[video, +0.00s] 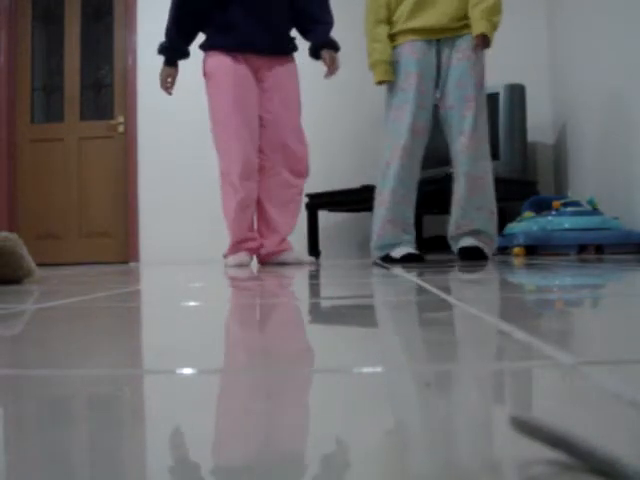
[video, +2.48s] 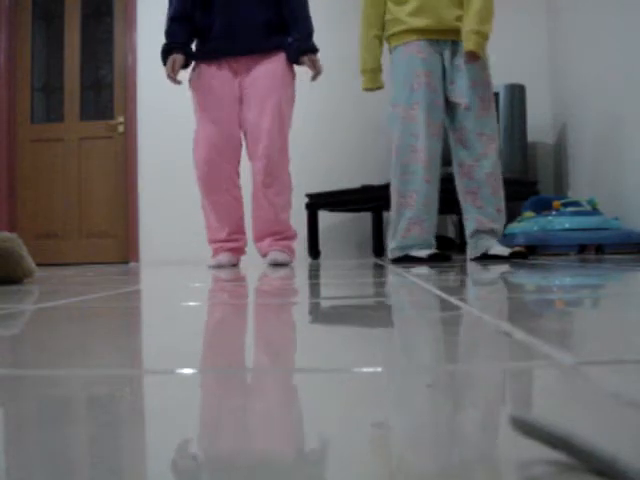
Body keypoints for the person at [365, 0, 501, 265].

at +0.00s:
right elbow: (377, 5)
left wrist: (483, 19)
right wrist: (380, 53)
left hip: (463, 27)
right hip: (409, 30)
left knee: (468, 137)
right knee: (405, 139)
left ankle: (472, 236)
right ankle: (394, 242)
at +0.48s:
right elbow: (378, 4)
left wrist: (500, 33)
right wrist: (376, 52)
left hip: (460, 21)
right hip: (405, 23)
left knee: (462, 131)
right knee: (405, 133)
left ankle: (469, 237)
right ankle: (396, 240)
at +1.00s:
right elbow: (367, 3)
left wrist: (464, 26)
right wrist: (371, 51)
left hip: (450, 32)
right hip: (399, 35)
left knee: (458, 141)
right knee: (400, 142)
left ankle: (464, 239)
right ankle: (395, 242)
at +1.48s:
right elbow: (377, 2)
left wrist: (509, 31)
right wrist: (380, 45)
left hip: (466, 27)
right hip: (409, 30)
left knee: (475, 134)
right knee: (416, 138)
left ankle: (483, 236)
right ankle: (419, 241)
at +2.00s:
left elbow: (483, 0)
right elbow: (374, 4)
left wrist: (480, 33)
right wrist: (375, 54)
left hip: (454, 31)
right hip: (400, 32)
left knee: (453, 134)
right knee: (400, 138)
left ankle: (461, 239)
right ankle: (401, 243)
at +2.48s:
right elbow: (374, 4)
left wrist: (476, 29)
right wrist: (370, 61)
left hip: (466, 30)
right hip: (412, 31)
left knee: (478, 140)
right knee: (416, 139)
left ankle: (484, 240)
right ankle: (410, 242)